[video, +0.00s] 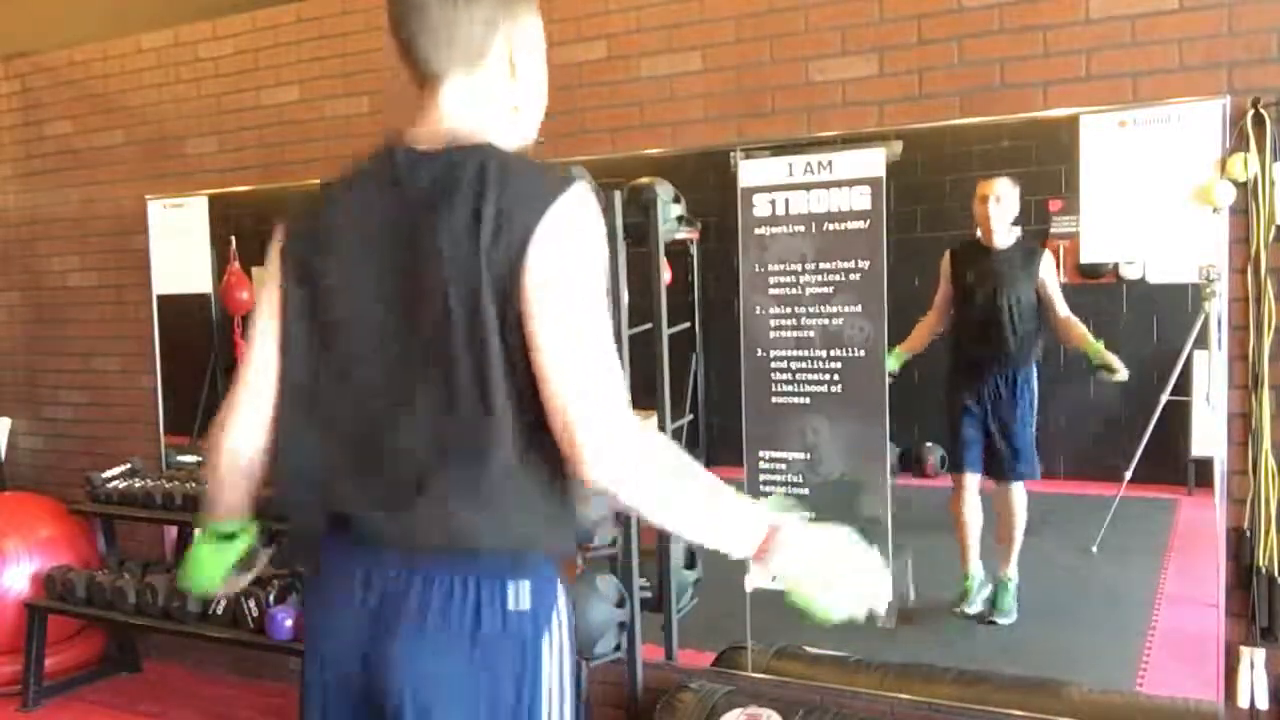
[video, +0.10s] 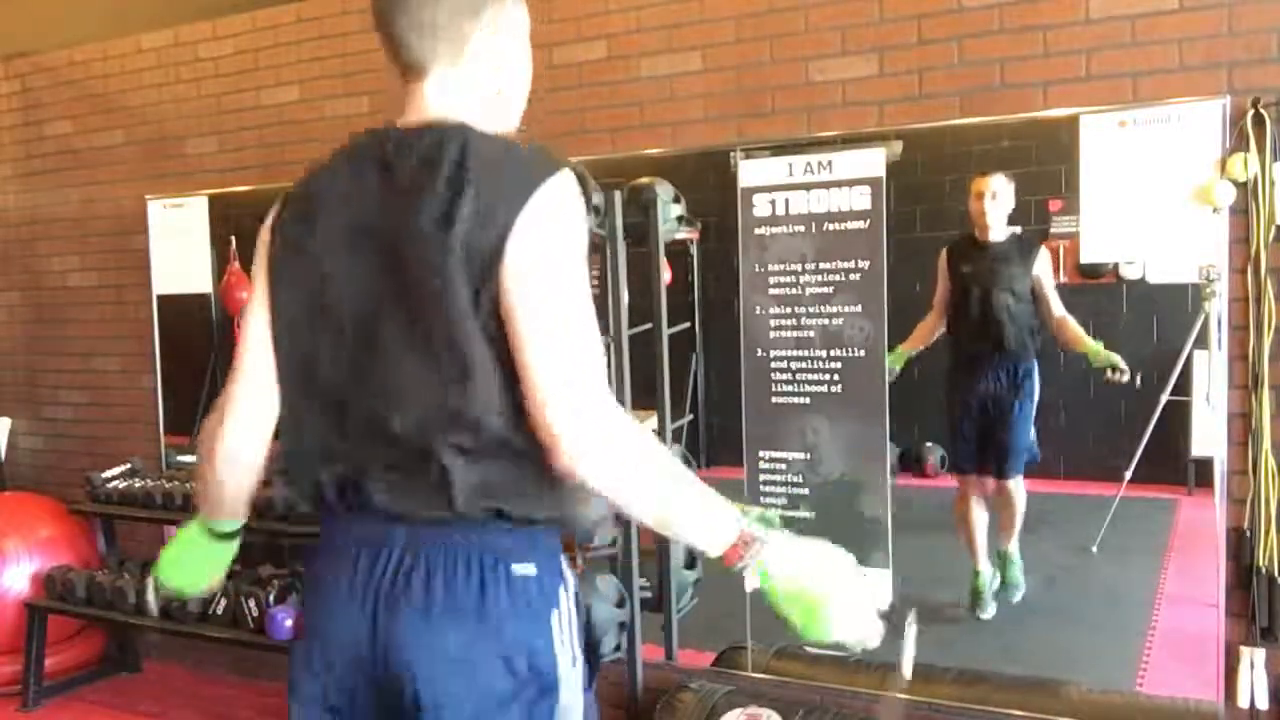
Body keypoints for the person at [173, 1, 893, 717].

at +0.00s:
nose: (545, 83)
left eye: (542, 56)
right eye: (541, 56)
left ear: (412, 62)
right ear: (513, 61)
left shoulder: (312, 223)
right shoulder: (543, 201)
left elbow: (241, 438)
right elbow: (601, 444)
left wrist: (219, 531)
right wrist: (775, 540)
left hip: (339, 595)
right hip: (488, 607)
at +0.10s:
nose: (530, 67)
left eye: (527, 44)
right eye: (526, 43)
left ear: (399, 53)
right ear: (499, 44)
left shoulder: (296, 212)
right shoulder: (527, 187)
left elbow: (240, 428)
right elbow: (580, 435)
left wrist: (213, 527)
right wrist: (761, 550)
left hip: (341, 572)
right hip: (492, 581)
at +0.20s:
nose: (519, 135)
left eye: (510, 109)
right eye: (512, 109)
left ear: (390, 125)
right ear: (486, 115)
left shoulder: (294, 279)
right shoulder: (517, 261)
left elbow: (222, 500)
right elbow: (583, 505)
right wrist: (777, 517)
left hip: (351, 647)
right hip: (504, 647)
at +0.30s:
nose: (512, 156)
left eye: (505, 131)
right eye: (506, 131)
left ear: (384, 140)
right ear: (478, 132)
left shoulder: (288, 300)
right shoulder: (512, 281)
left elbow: (215, 510)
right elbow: (602, 513)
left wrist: (324, 425)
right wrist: (787, 502)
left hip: (348, 676)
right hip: (500, 675)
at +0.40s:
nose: (510, 72)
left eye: (505, 46)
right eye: (504, 45)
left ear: (380, 56)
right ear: (477, 44)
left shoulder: (281, 233)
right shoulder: (507, 196)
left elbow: (223, 458)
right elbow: (584, 441)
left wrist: (215, 540)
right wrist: (757, 529)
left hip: (348, 600)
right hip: (497, 597)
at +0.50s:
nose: (511, 69)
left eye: (504, 45)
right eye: (503, 45)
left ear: (383, 58)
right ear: (479, 44)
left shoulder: (280, 223)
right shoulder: (508, 184)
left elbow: (236, 433)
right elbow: (574, 430)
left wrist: (212, 550)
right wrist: (755, 541)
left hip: (340, 583)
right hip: (492, 585)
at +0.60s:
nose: (514, 142)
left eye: (508, 116)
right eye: (508, 115)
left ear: (382, 128)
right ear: (482, 118)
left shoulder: (295, 280)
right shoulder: (507, 257)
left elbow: (224, 514)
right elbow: (583, 505)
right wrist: (777, 516)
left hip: (354, 642)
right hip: (501, 644)